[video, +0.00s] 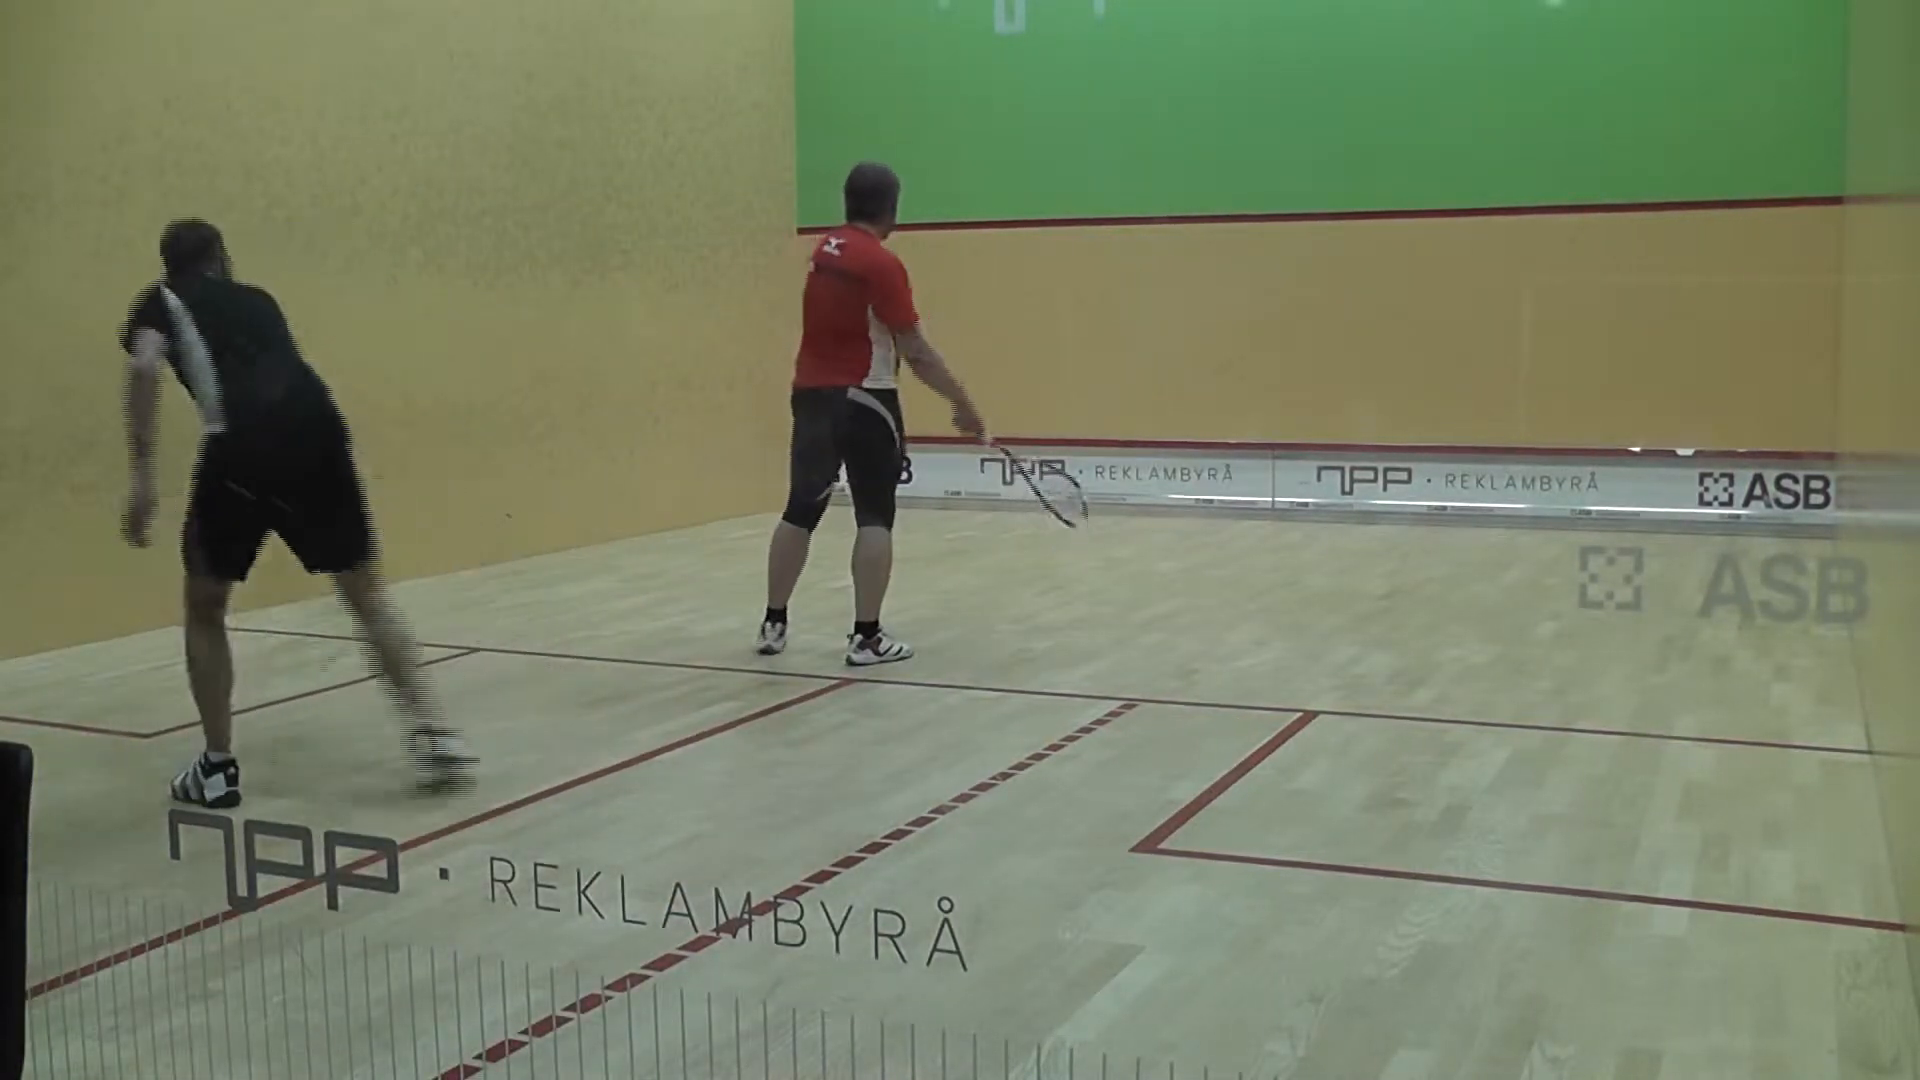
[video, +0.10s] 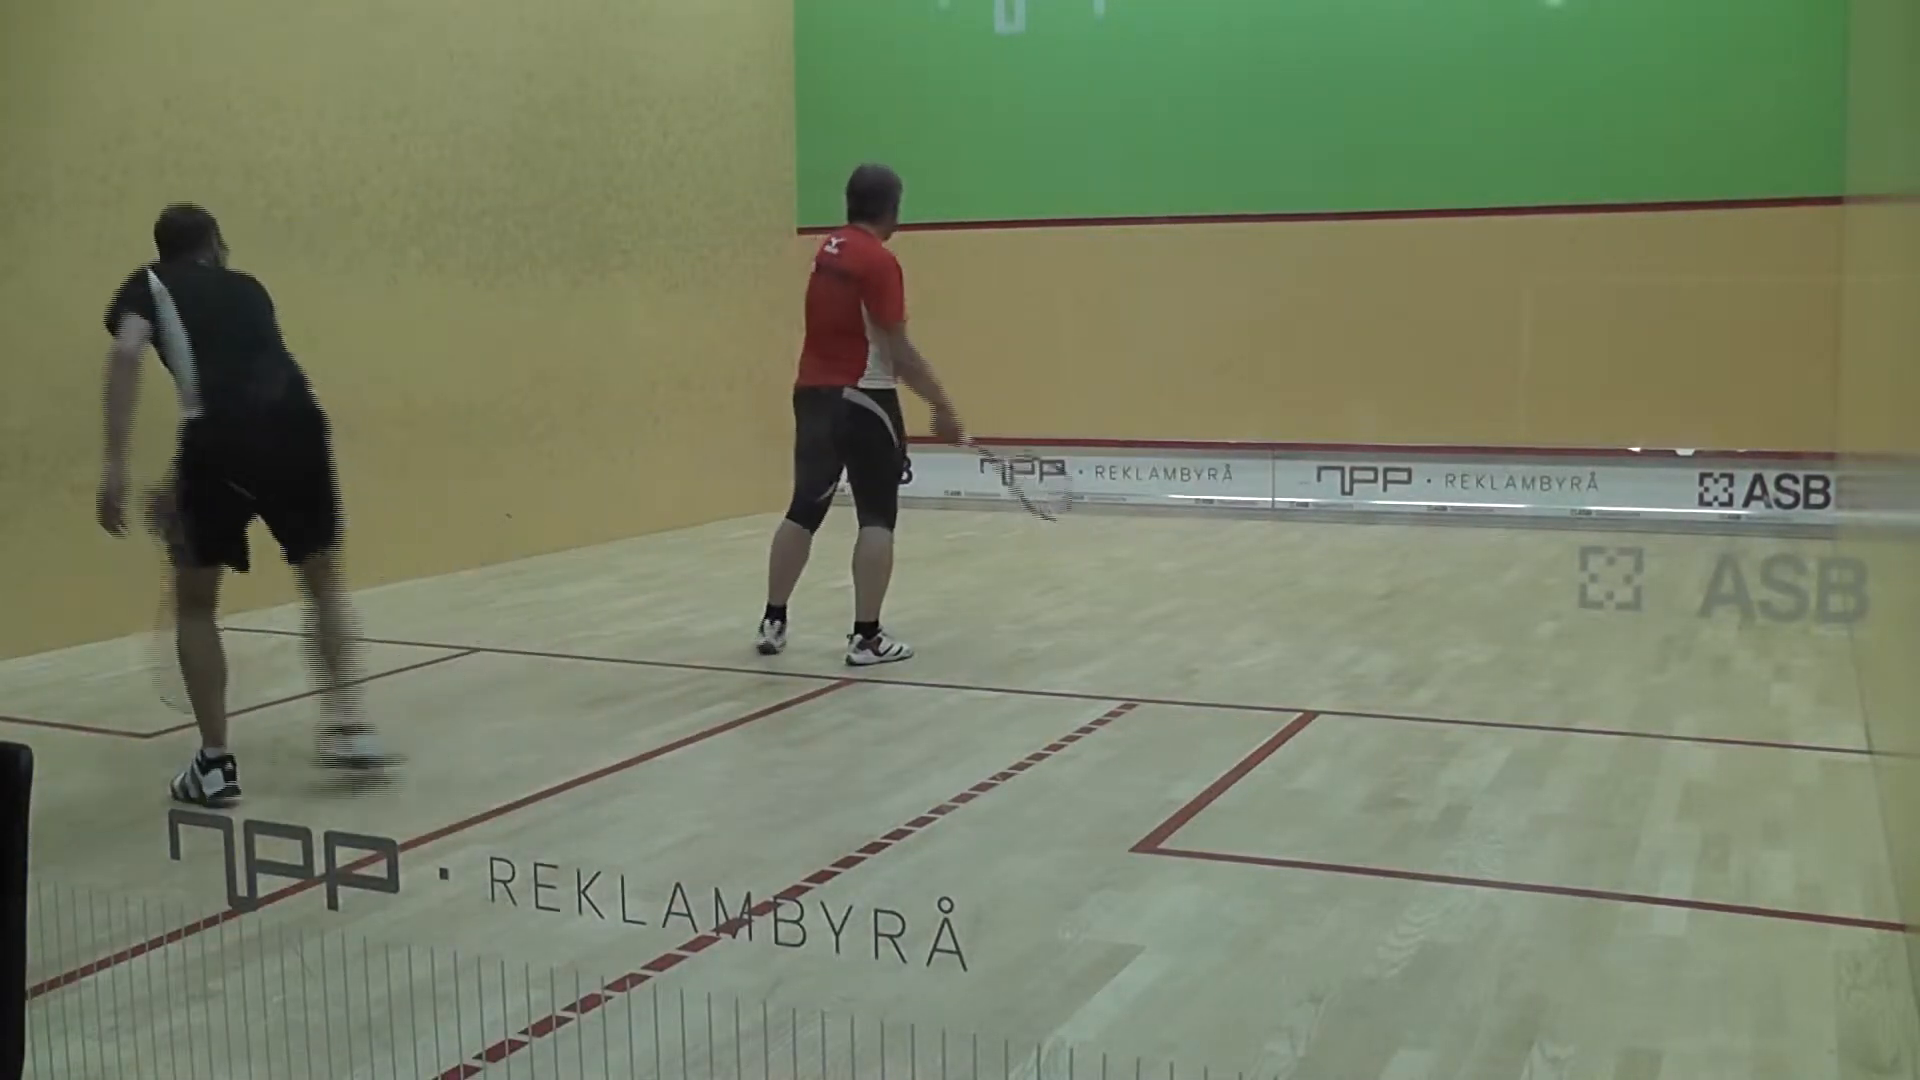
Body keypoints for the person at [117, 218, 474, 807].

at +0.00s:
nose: (228, 268)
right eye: (225, 259)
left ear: (169, 267)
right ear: (221, 259)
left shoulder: (162, 301)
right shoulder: (256, 298)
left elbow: (144, 371)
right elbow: (285, 379)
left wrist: (141, 484)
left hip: (237, 459)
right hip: (316, 449)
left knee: (205, 610)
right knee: (366, 594)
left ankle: (217, 764)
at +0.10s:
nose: (226, 254)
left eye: (220, 248)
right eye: (223, 246)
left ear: (162, 251)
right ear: (216, 246)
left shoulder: (149, 283)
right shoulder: (246, 286)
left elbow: (127, 354)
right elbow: (242, 396)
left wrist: (115, 470)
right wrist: (182, 483)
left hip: (217, 445)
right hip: (295, 436)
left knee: (196, 606)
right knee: (325, 580)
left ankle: (215, 759)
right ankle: (347, 726)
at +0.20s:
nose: (230, 237)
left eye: (226, 229)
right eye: (227, 229)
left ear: (166, 233)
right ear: (218, 231)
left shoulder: (142, 266)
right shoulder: (251, 281)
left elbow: (105, 332)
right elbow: (231, 389)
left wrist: (88, 441)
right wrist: (150, 458)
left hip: (188, 438)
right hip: (265, 435)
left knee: (172, 599)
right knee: (252, 578)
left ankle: (209, 743)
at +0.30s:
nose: (235, 236)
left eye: (233, 226)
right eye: (232, 226)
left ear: (173, 228)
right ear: (216, 225)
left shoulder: (140, 264)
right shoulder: (253, 286)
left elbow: (96, 333)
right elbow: (251, 374)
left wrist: (75, 439)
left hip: (168, 445)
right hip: (243, 448)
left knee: (137, 596)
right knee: (205, 590)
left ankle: (196, 731)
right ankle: (163, 732)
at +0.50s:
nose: (236, 220)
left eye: (234, 208)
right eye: (231, 208)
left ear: (173, 212)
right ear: (209, 211)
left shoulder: (122, 261)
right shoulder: (241, 275)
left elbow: (85, 359)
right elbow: (266, 382)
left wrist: (76, 454)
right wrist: (264, 455)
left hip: (134, 453)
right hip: (210, 456)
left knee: (114, 588)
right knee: (204, 580)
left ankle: (110, 719)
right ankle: (163, 716)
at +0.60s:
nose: (234, 215)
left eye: (233, 203)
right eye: (229, 203)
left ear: (171, 206)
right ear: (206, 205)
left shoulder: (119, 261)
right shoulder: (232, 267)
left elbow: (80, 364)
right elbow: (283, 369)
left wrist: (97, 442)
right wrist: (311, 437)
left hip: (126, 453)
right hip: (205, 454)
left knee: (111, 599)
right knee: (260, 553)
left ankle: (86, 750)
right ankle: (208, 693)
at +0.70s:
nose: (242, 210)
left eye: (242, 198)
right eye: (235, 198)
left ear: (181, 202)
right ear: (209, 202)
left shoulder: (130, 258)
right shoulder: (236, 265)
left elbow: (93, 361)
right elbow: (288, 365)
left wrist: (117, 424)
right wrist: (331, 432)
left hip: (132, 451)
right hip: (209, 449)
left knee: (117, 594)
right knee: (281, 550)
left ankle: (85, 747)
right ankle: (248, 694)